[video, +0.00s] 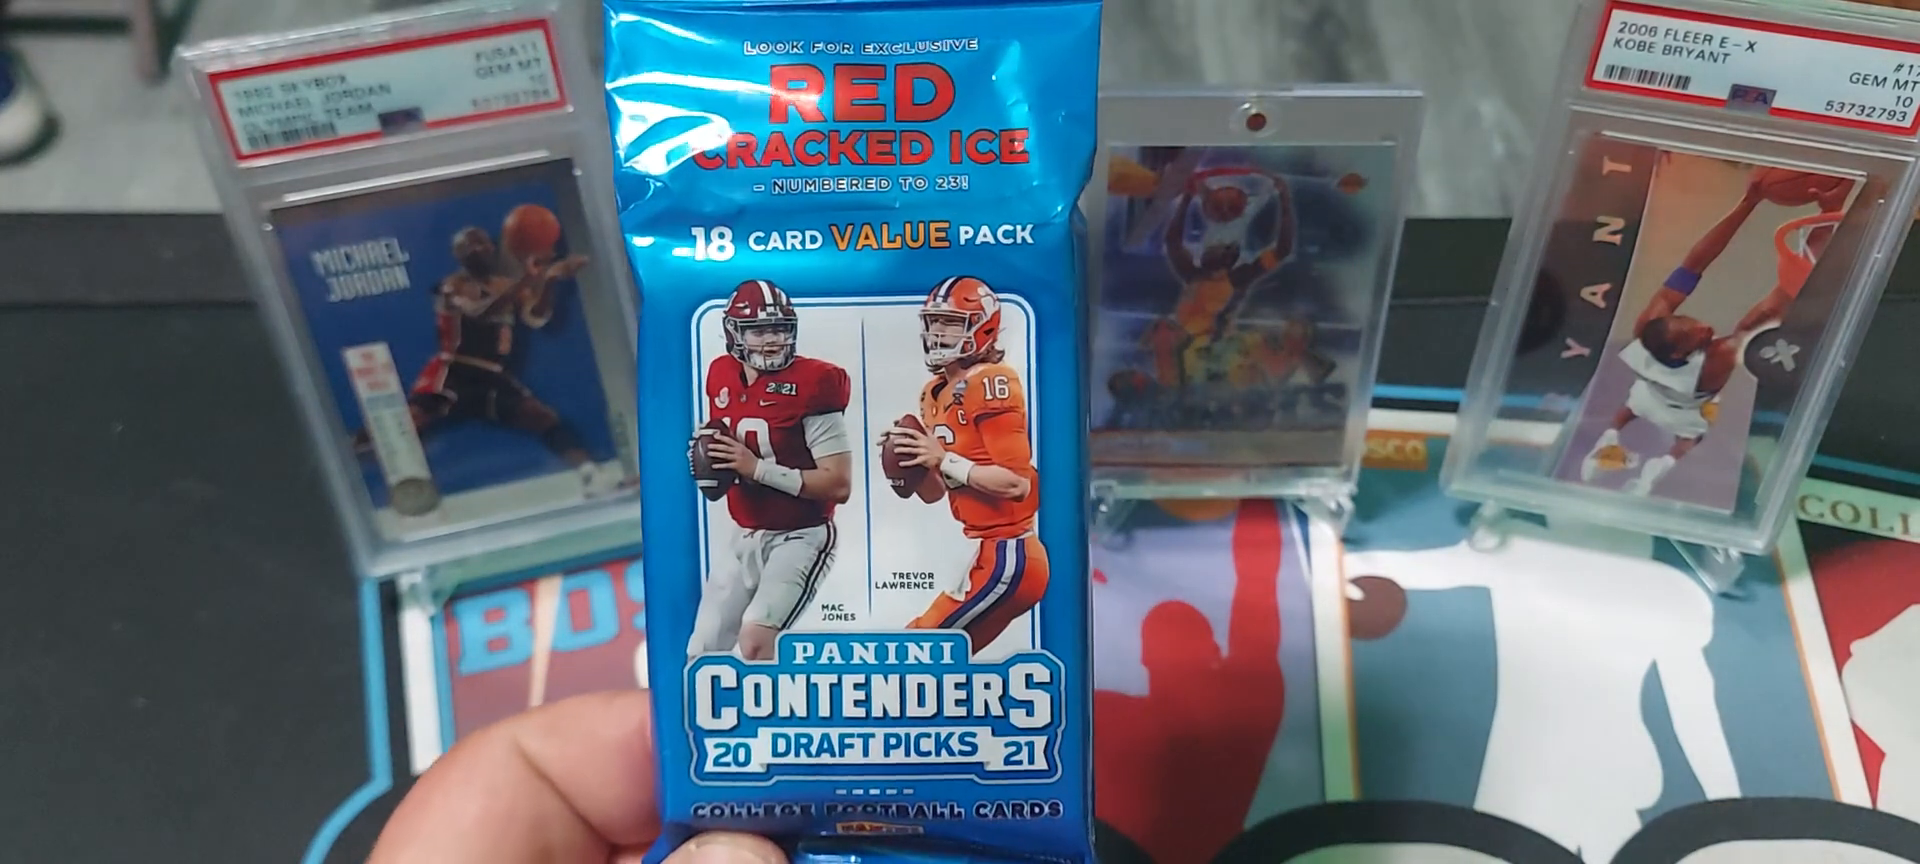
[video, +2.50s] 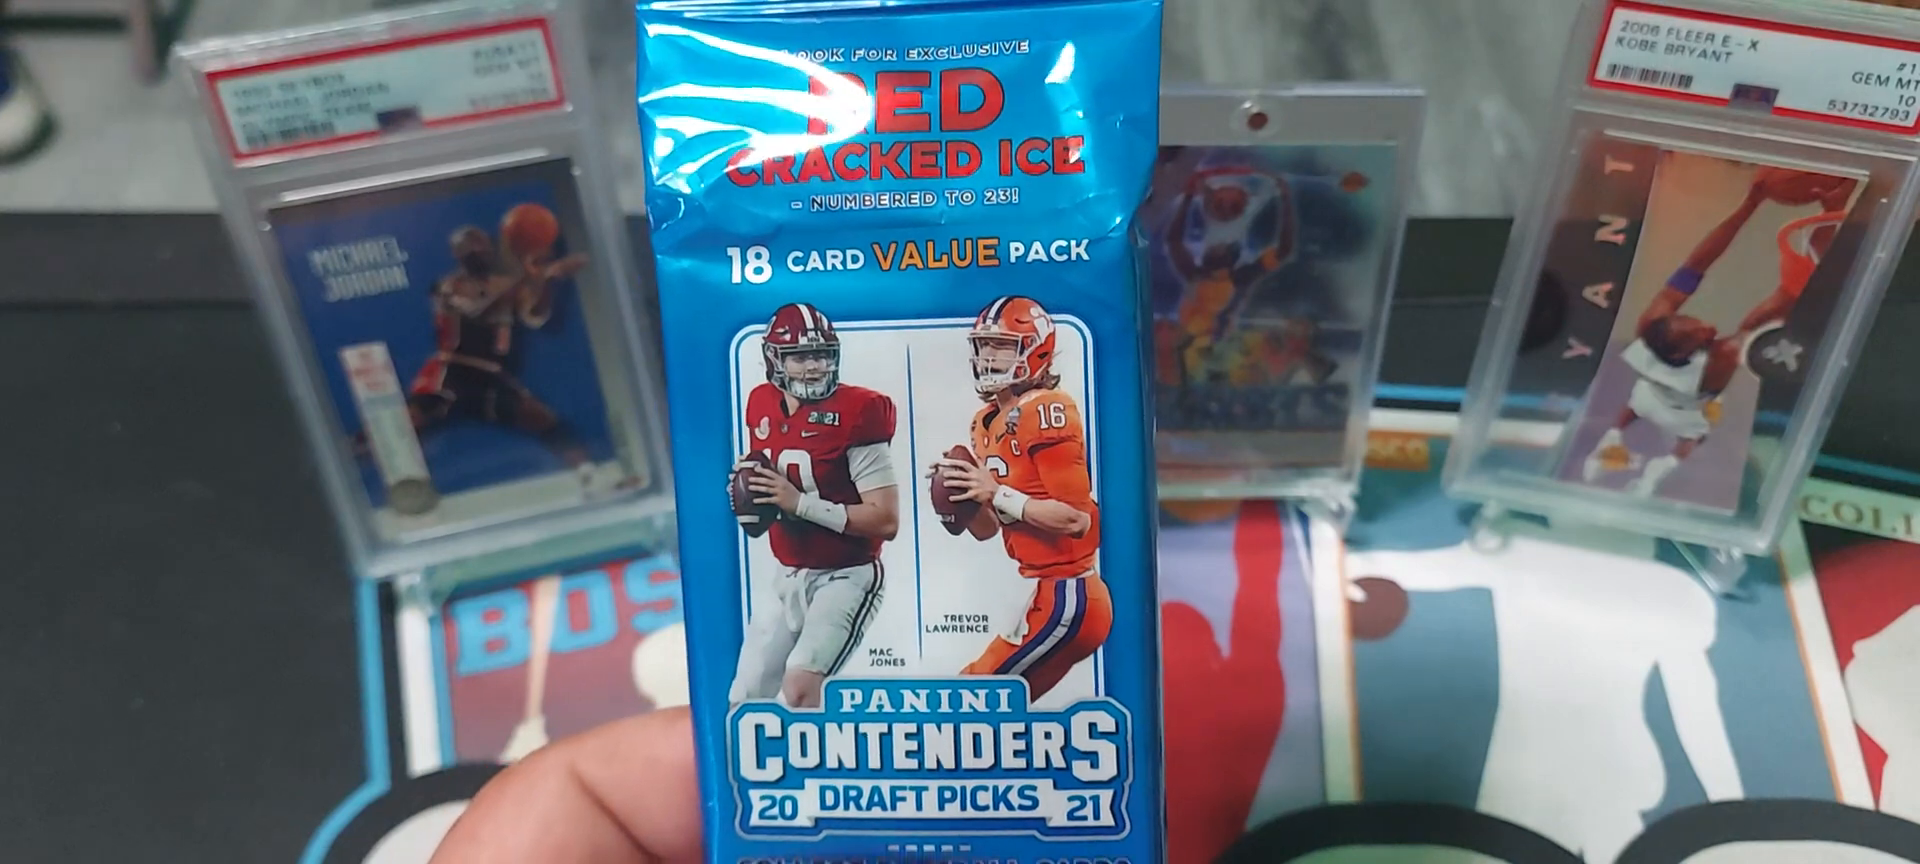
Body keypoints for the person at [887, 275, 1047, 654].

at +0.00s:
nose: (937, 335)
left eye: (950, 325)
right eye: (933, 324)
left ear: (981, 329)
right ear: (925, 326)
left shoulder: (991, 381)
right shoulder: (933, 392)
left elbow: (1016, 483)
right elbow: (931, 492)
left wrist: (942, 458)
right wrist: (904, 464)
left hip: (1008, 556)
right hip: (990, 554)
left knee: (911, 655)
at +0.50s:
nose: (943, 328)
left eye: (956, 317)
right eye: (938, 316)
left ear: (988, 321)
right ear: (929, 319)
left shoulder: (998, 375)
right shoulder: (940, 386)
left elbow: (1025, 480)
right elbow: (940, 490)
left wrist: (950, 455)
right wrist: (912, 457)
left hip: (1020, 555)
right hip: (1003, 553)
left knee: (922, 656)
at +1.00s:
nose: (967, 346)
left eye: (981, 335)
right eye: (962, 334)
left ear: (1015, 339)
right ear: (953, 337)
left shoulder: (1027, 396)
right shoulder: (964, 409)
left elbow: (1054, 505)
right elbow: (966, 515)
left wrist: (976, 479)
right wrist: (937, 485)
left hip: (1050, 585)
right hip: (1030, 582)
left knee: (947, 689)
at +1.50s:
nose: (965, 336)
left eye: (979, 325)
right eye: (961, 324)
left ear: (1013, 329)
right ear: (951, 326)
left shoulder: (1025, 385)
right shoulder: (962, 399)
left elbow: (1053, 495)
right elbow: (964, 506)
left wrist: (974, 470)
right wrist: (935, 474)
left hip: (1047, 575)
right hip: (1030, 572)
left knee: (944, 682)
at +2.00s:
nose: (974, 344)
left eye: (987, 333)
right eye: (969, 332)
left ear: (1020, 337)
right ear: (959, 335)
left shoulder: (1032, 394)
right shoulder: (970, 407)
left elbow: (1061, 502)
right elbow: (971, 514)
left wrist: (982, 478)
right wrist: (943, 479)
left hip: (1055, 582)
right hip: (1036, 579)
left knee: (955, 688)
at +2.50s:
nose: (988, 359)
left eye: (1002, 348)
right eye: (983, 347)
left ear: (1034, 353)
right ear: (974, 350)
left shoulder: (1046, 410)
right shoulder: (985, 422)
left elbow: (1074, 517)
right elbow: (984, 528)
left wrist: (996, 492)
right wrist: (957, 491)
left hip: (1067, 597)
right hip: (1050, 594)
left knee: (964, 702)